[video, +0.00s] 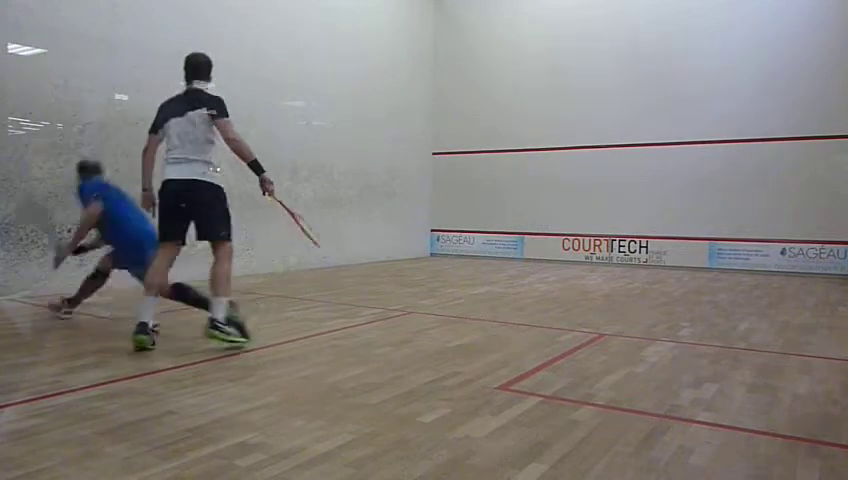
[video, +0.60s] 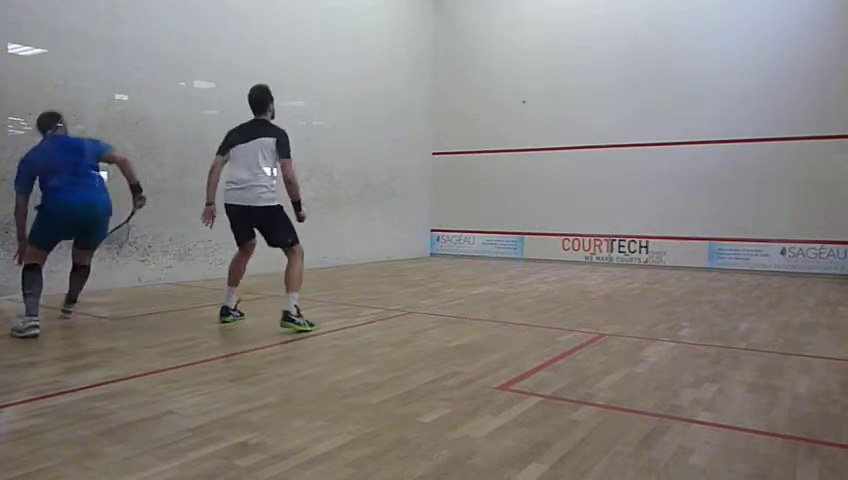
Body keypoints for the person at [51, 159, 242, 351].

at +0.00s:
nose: (79, 182)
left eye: (80, 179)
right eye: (84, 179)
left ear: (81, 177)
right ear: (100, 174)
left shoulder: (90, 187)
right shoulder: (111, 192)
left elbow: (94, 212)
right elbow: (106, 237)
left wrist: (71, 246)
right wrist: (80, 249)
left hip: (135, 243)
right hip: (145, 239)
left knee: (161, 287)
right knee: (105, 264)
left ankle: (219, 308)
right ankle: (73, 302)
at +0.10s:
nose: (46, 218)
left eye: (45, 214)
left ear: (47, 212)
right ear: (64, 209)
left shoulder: (48, 222)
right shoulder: (80, 220)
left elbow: (44, 263)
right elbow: (63, 254)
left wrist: (32, 294)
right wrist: (50, 268)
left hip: (113, 246)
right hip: (135, 238)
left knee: (138, 295)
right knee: (87, 261)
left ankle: (188, 313)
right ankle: (63, 303)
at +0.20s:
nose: (28, 241)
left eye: (27, 238)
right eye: (28, 238)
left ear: (29, 233)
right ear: (44, 224)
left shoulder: (34, 235)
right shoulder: (66, 224)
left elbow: (33, 279)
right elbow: (79, 260)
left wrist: (25, 317)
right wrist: (64, 298)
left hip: (98, 235)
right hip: (120, 228)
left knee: (111, 295)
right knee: (79, 265)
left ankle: (164, 306)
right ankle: (61, 303)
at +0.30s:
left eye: (24, 219)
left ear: (24, 216)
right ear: (38, 206)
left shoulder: (28, 222)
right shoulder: (60, 209)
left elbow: (27, 272)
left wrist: (20, 314)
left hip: (88, 226)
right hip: (114, 221)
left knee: (71, 288)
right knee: (82, 262)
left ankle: (126, 294)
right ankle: (61, 302)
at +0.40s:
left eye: (26, 191)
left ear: (24, 191)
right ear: (42, 182)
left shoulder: (27, 202)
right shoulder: (61, 188)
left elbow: (18, 250)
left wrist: (12, 288)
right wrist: (108, 240)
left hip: (81, 226)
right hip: (111, 222)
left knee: (34, 263)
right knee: (73, 254)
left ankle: (81, 292)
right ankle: (62, 302)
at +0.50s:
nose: (32, 164)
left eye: (29, 161)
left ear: (28, 160)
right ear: (48, 153)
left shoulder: (28, 179)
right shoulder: (71, 165)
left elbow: (17, 229)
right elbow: (116, 179)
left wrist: (13, 267)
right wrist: (127, 211)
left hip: (70, 219)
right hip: (104, 218)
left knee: (30, 261)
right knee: (75, 253)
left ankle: (36, 309)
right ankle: (62, 303)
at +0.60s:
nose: (65, 131)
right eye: (64, 127)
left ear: (41, 132)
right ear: (64, 127)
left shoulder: (32, 157)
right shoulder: (86, 145)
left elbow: (21, 204)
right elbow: (122, 160)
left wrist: (21, 240)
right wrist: (137, 192)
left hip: (58, 210)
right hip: (96, 209)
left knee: (33, 260)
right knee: (82, 260)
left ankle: (31, 317)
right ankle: (68, 307)